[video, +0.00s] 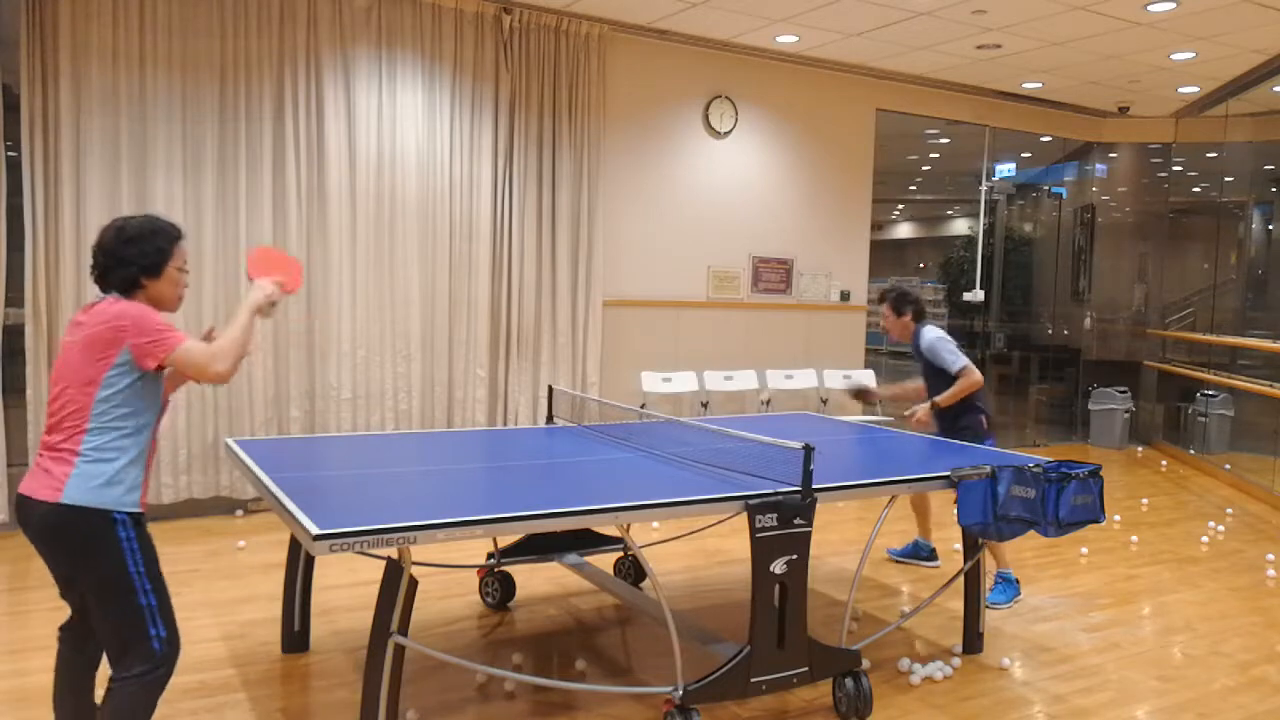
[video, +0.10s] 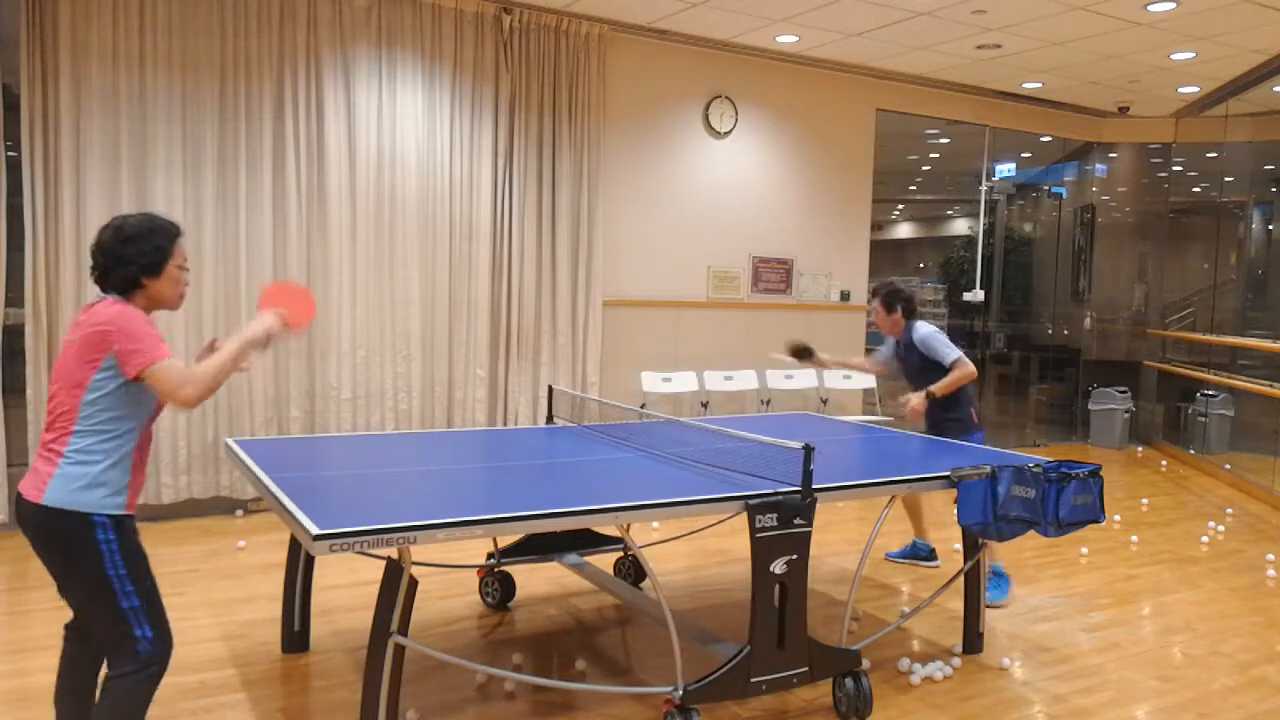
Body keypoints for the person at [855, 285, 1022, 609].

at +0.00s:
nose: (883, 326)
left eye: (886, 318)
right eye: (882, 319)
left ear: (906, 316)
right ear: (904, 316)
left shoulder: (931, 339)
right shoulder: (920, 341)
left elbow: (973, 378)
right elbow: (931, 386)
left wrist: (933, 405)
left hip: (971, 434)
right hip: (948, 433)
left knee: (978, 504)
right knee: (914, 479)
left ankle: (1006, 577)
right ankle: (924, 545)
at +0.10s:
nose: (873, 319)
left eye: (876, 312)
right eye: (872, 312)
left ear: (897, 312)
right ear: (892, 312)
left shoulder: (924, 333)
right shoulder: (897, 342)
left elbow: (967, 370)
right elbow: (872, 365)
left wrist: (926, 394)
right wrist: (825, 361)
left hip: (965, 431)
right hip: (935, 430)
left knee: (972, 498)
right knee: (904, 478)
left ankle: (995, 572)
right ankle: (922, 544)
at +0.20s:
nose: (869, 303)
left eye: (875, 297)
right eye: (870, 297)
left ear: (896, 299)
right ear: (887, 300)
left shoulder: (923, 324)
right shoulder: (880, 330)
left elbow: (964, 362)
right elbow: (847, 348)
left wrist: (926, 378)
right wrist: (812, 341)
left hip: (945, 419)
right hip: (916, 418)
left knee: (936, 480)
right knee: (893, 473)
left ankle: (969, 548)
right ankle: (920, 539)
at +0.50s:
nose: (865, 311)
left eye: (872, 305)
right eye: (862, 305)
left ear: (891, 311)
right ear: (859, 307)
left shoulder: (912, 341)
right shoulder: (856, 340)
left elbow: (942, 382)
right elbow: (834, 375)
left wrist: (916, 405)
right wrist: (815, 375)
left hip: (909, 429)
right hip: (872, 427)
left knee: (911, 485)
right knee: (844, 470)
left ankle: (932, 548)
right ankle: (852, 527)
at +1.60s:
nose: (910, 307)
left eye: (917, 301)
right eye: (907, 301)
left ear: (938, 303)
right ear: (904, 303)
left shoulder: (963, 334)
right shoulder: (899, 336)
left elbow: (995, 371)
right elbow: (890, 383)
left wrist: (970, 395)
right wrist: (890, 388)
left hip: (956, 427)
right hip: (917, 425)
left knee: (961, 493)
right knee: (897, 480)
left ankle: (980, 563)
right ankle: (915, 544)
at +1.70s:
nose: (906, 308)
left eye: (913, 302)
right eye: (903, 302)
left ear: (934, 304)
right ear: (901, 305)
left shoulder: (959, 335)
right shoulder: (903, 338)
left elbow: (995, 374)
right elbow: (897, 378)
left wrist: (963, 397)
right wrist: (891, 389)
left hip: (962, 432)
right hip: (923, 430)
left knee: (967, 498)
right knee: (898, 479)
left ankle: (982, 569)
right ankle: (915, 544)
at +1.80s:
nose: (901, 308)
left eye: (908, 302)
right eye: (899, 302)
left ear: (930, 304)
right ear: (898, 305)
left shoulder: (956, 334)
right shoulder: (907, 338)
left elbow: (994, 373)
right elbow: (908, 382)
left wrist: (958, 396)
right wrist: (888, 402)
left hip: (968, 430)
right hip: (931, 428)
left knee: (967, 498)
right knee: (903, 476)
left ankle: (983, 570)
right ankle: (916, 545)